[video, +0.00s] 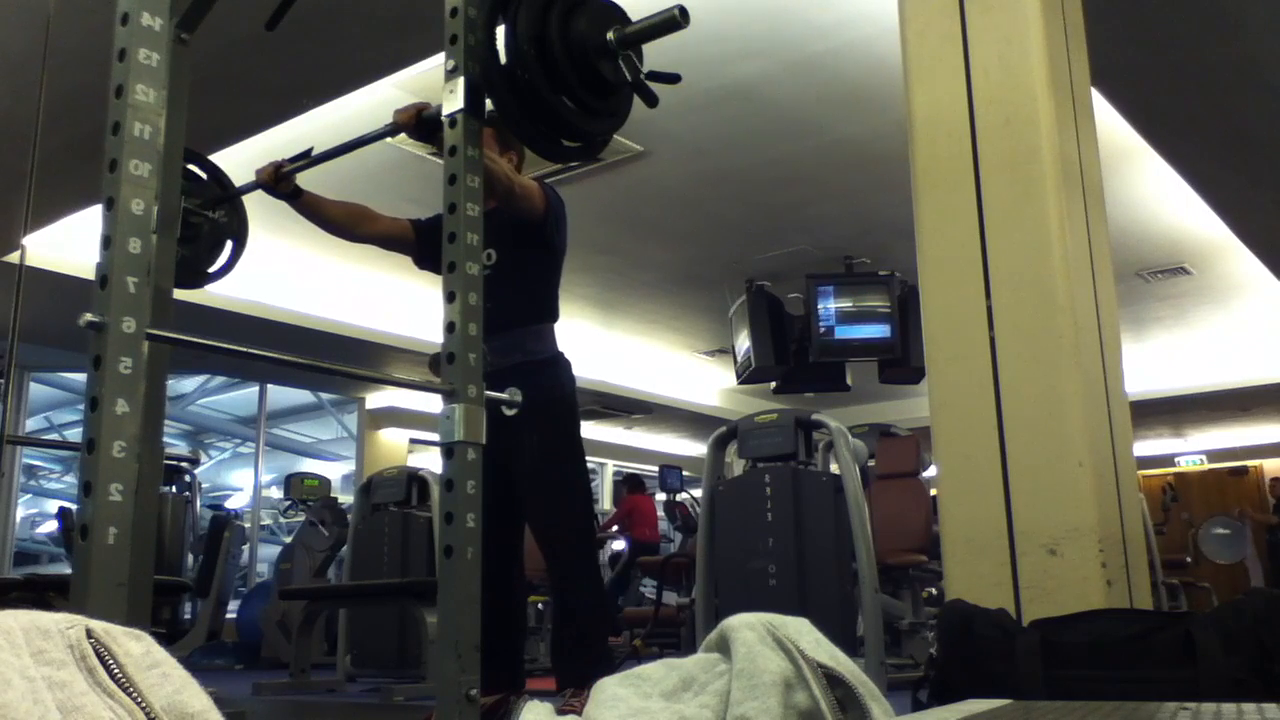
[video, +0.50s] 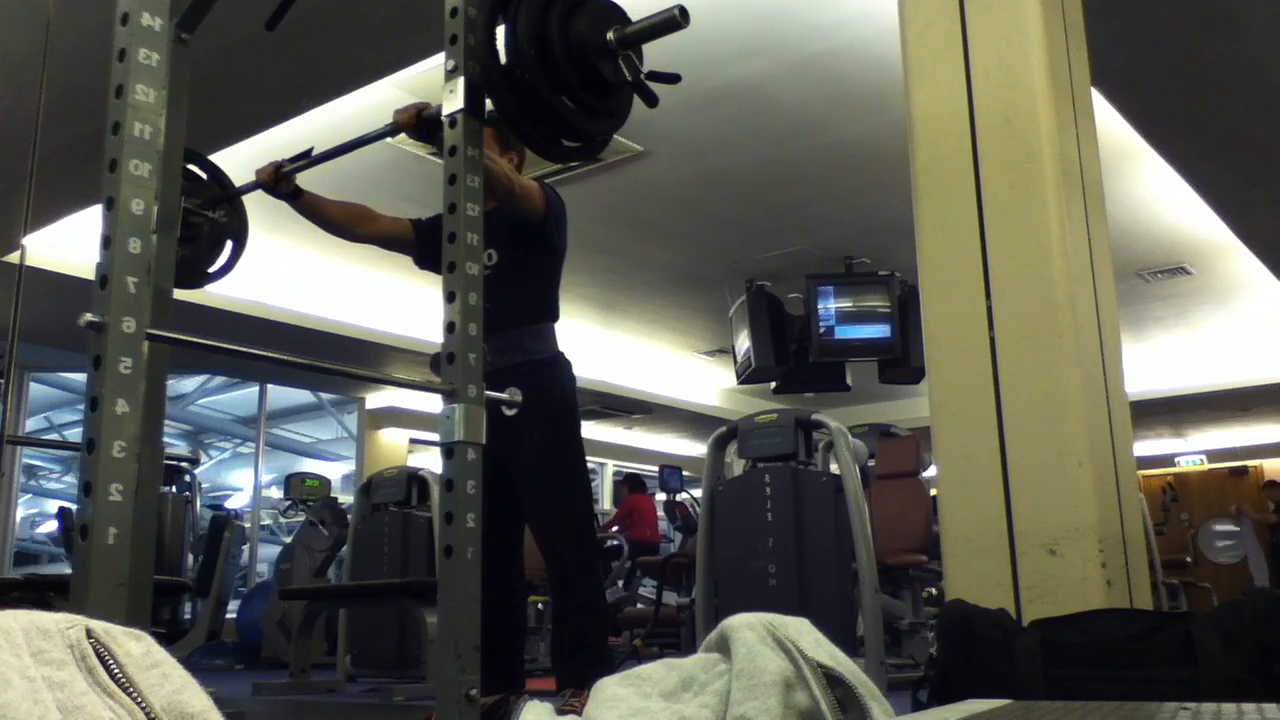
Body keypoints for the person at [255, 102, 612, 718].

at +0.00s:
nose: (467, 166)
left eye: (477, 154)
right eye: (461, 159)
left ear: (510, 155)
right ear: (458, 165)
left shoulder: (542, 208)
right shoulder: (457, 227)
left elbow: (504, 180)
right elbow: (369, 224)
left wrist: (441, 133)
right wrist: (295, 193)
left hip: (536, 384)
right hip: (475, 393)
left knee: (563, 538)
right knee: (487, 547)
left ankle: (580, 684)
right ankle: (497, 687)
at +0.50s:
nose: (468, 166)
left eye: (478, 154)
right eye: (462, 158)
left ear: (510, 155)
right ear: (458, 165)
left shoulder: (542, 209)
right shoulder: (456, 227)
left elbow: (505, 181)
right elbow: (368, 224)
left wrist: (441, 133)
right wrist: (294, 192)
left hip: (537, 383)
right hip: (475, 391)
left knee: (563, 537)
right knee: (487, 546)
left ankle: (580, 684)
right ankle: (497, 687)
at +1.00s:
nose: (469, 165)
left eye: (479, 153)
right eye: (464, 157)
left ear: (513, 156)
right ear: (460, 165)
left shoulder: (543, 209)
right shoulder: (458, 227)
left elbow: (505, 182)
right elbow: (369, 224)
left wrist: (441, 132)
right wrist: (294, 193)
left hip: (537, 384)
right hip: (476, 392)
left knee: (563, 537)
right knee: (489, 546)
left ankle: (579, 684)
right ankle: (499, 687)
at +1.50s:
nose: (471, 159)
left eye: (482, 148)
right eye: (465, 153)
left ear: (516, 154)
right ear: (459, 162)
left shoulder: (543, 204)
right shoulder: (457, 223)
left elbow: (502, 179)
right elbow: (370, 221)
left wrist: (440, 134)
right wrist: (295, 192)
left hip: (538, 384)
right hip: (476, 392)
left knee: (565, 538)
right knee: (488, 546)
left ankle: (579, 684)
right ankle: (498, 686)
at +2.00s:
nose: (470, 154)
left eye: (482, 143)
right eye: (465, 144)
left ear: (513, 152)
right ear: (455, 154)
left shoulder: (535, 198)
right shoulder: (447, 215)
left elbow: (506, 183)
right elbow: (361, 235)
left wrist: (443, 139)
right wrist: (296, 194)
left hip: (527, 383)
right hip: (469, 386)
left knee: (529, 532)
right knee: (472, 536)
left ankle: (532, 687)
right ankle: (485, 685)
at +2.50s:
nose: (373, 118)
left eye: (389, 114)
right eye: (370, 112)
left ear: (409, 140)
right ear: (354, 135)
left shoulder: (412, 195)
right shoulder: (315, 210)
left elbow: (399, 231)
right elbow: (240, 271)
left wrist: (412, 147)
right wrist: (258, 194)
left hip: (351, 379)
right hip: (287, 380)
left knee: (351, 546)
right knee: (220, 517)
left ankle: (432, 681)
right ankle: (250, 694)